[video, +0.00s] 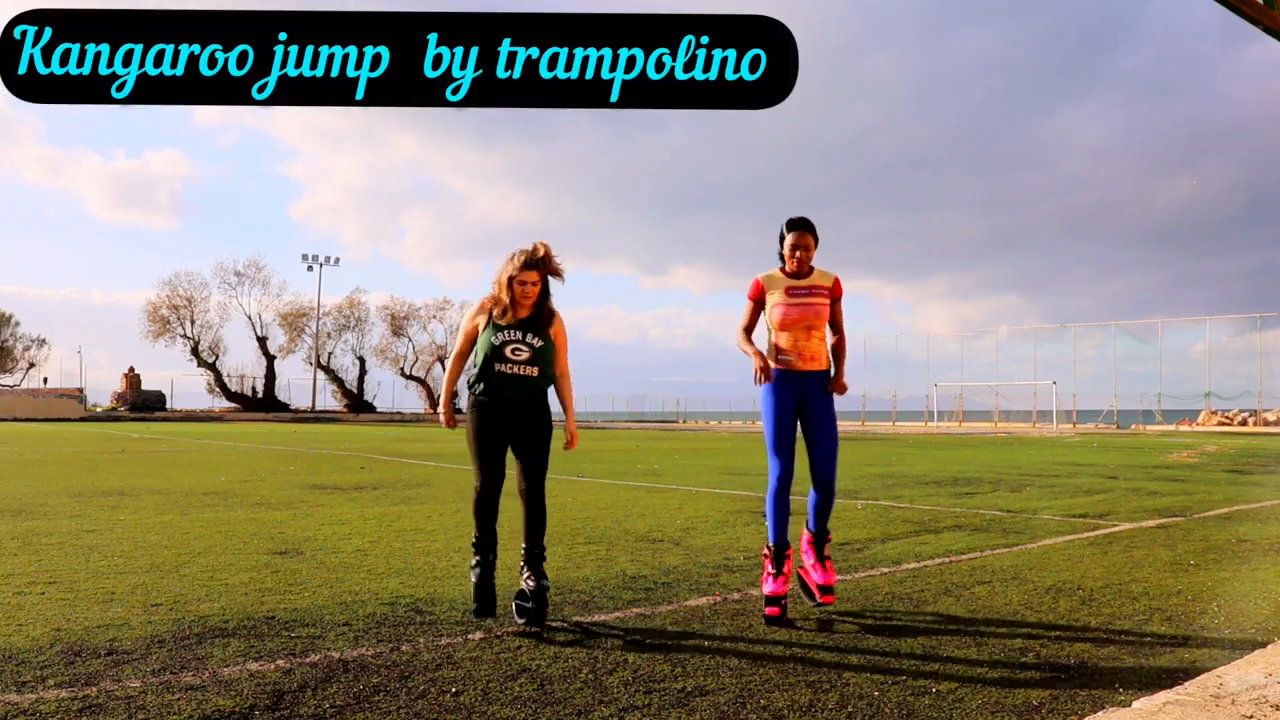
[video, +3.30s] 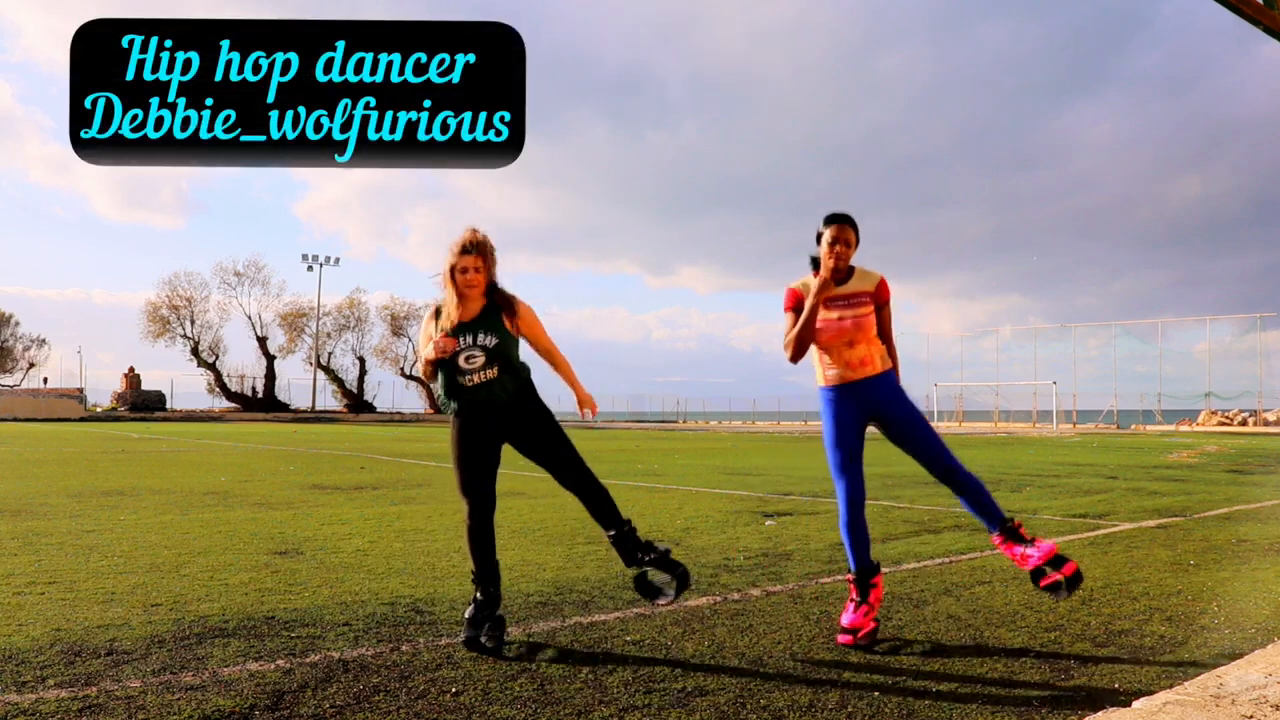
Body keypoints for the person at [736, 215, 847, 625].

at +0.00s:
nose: (800, 255)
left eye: (807, 249)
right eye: (794, 248)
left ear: (816, 250)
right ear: (782, 249)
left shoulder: (829, 284)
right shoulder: (765, 284)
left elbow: (838, 332)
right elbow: (742, 333)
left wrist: (839, 372)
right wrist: (755, 354)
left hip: (819, 384)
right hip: (779, 384)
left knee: (826, 481)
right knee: (781, 474)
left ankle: (814, 550)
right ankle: (777, 561)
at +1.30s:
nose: (835, 235)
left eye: (842, 227)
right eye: (829, 228)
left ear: (858, 227)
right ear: (821, 230)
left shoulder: (883, 267)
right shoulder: (810, 270)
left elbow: (898, 319)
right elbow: (793, 324)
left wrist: (885, 338)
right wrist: (812, 334)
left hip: (865, 380)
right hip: (823, 379)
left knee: (865, 479)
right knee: (826, 475)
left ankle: (871, 573)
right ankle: (819, 571)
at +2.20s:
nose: (863, 231)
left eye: (870, 224)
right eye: (857, 225)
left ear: (887, 226)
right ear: (850, 229)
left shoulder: (908, 272)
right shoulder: (835, 265)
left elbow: (920, 328)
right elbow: (800, 315)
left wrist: (901, 364)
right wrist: (792, 373)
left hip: (878, 379)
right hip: (833, 372)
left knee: (875, 482)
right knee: (803, 468)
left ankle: (871, 577)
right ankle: (777, 566)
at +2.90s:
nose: (867, 223)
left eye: (874, 216)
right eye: (861, 216)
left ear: (888, 221)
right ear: (851, 222)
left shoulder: (910, 255)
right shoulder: (835, 257)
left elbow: (948, 284)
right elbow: (793, 303)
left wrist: (940, 315)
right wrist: (827, 327)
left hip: (880, 370)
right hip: (838, 365)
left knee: (873, 476)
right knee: (815, 462)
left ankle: (865, 570)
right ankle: (785, 553)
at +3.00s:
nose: (857, 210)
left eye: (865, 204)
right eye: (851, 203)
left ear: (876, 210)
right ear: (839, 206)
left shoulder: (895, 245)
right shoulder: (820, 247)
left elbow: (923, 293)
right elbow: (796, 305)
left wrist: (927, 350)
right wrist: (829, 297)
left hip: (880, 354)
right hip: (835, 355)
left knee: (897, 458)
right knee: (833, 459)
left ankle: (906, 554)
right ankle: (829, 560)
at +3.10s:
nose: (852, 222)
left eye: (860, 216)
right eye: (846, 214)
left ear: (870, 220)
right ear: (833, 216)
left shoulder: (888, 260)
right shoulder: (814, 260)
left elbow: (904, 319)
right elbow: (798, 322)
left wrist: (921, 369)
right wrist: (823, 292)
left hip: (880, 365)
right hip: (835, 368)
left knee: (913, 463)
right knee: (841, 471)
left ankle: (946, 552)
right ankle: (848, 574)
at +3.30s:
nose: (839, 250)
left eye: (846, 244)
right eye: (833, 242)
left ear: (855, 249)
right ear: (819, 245)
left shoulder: (872, 284)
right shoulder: (800, 291)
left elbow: (886, 339)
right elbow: (793, 353)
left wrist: (895, 387)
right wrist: (816, 294)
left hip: (882, 388)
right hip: (838, 398)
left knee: (946, 467)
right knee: (849, 496)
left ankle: (1010, 538)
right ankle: (864, 588)